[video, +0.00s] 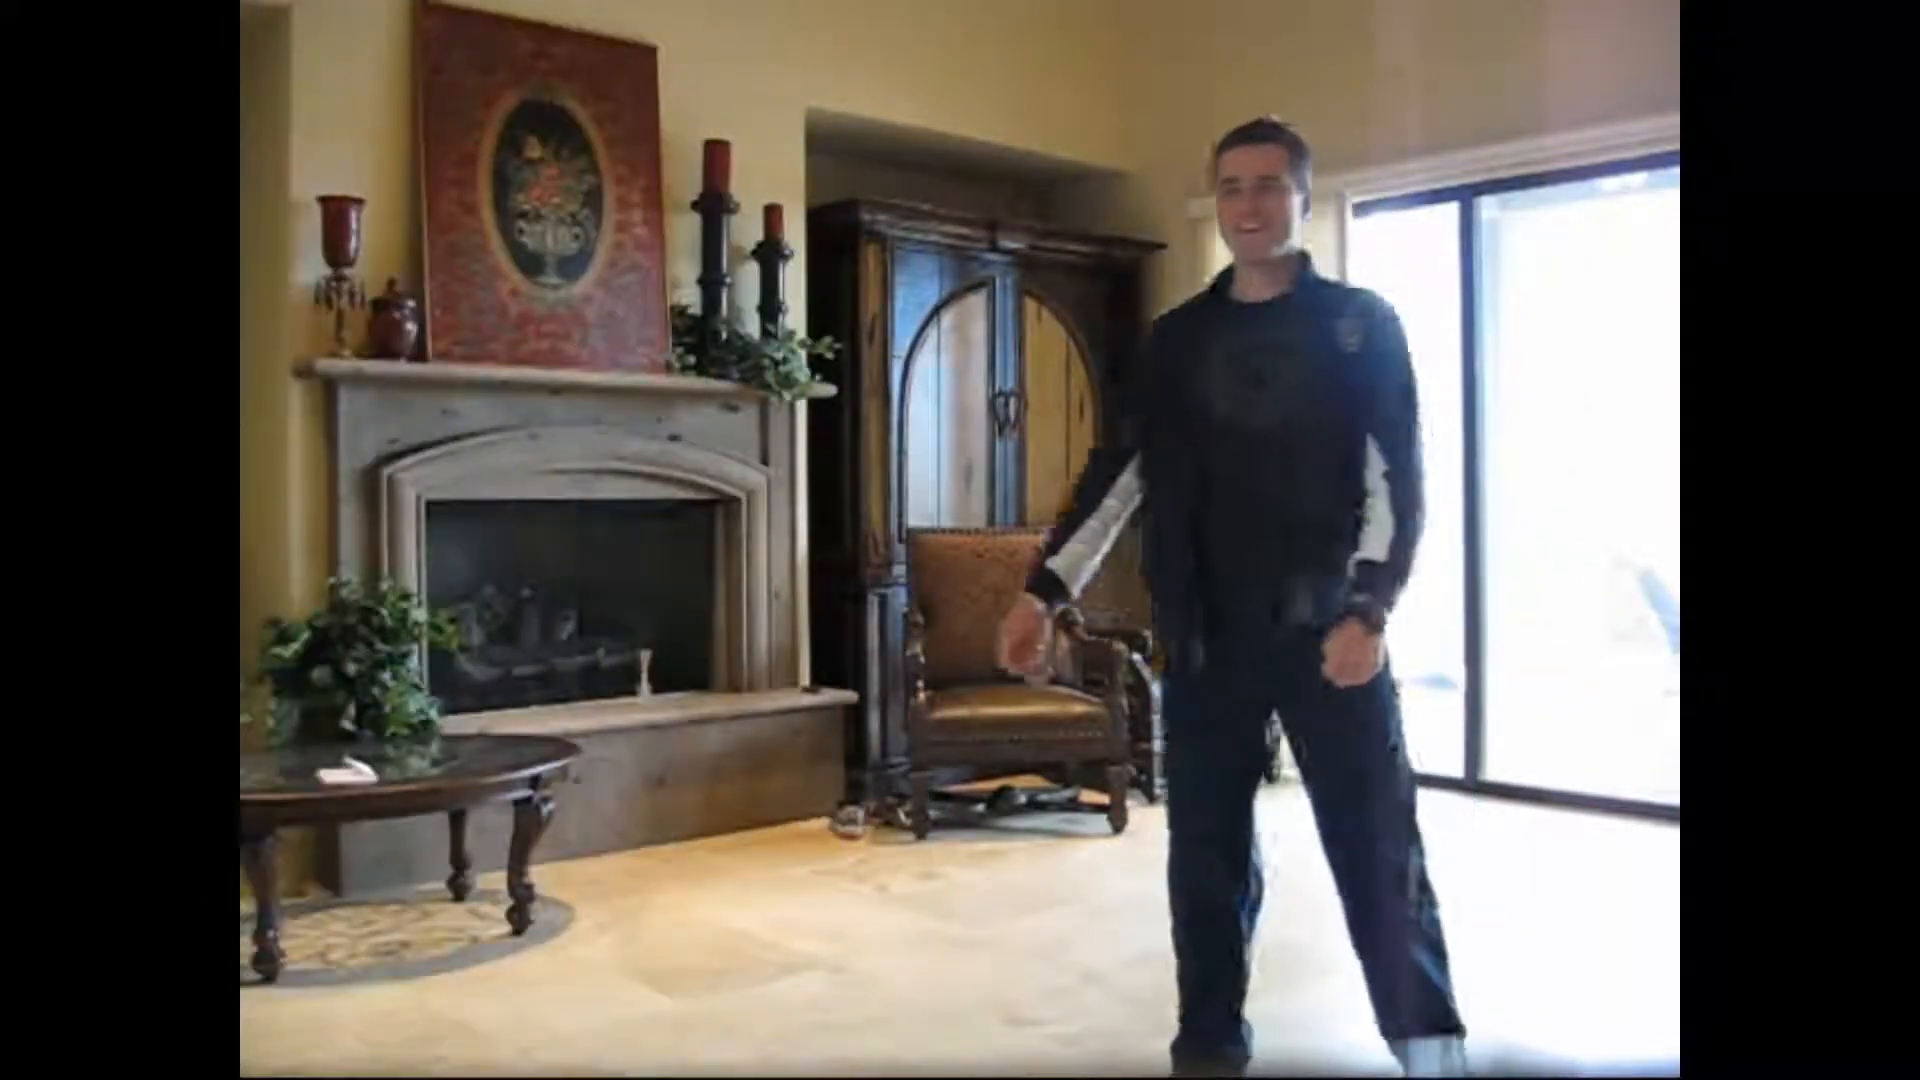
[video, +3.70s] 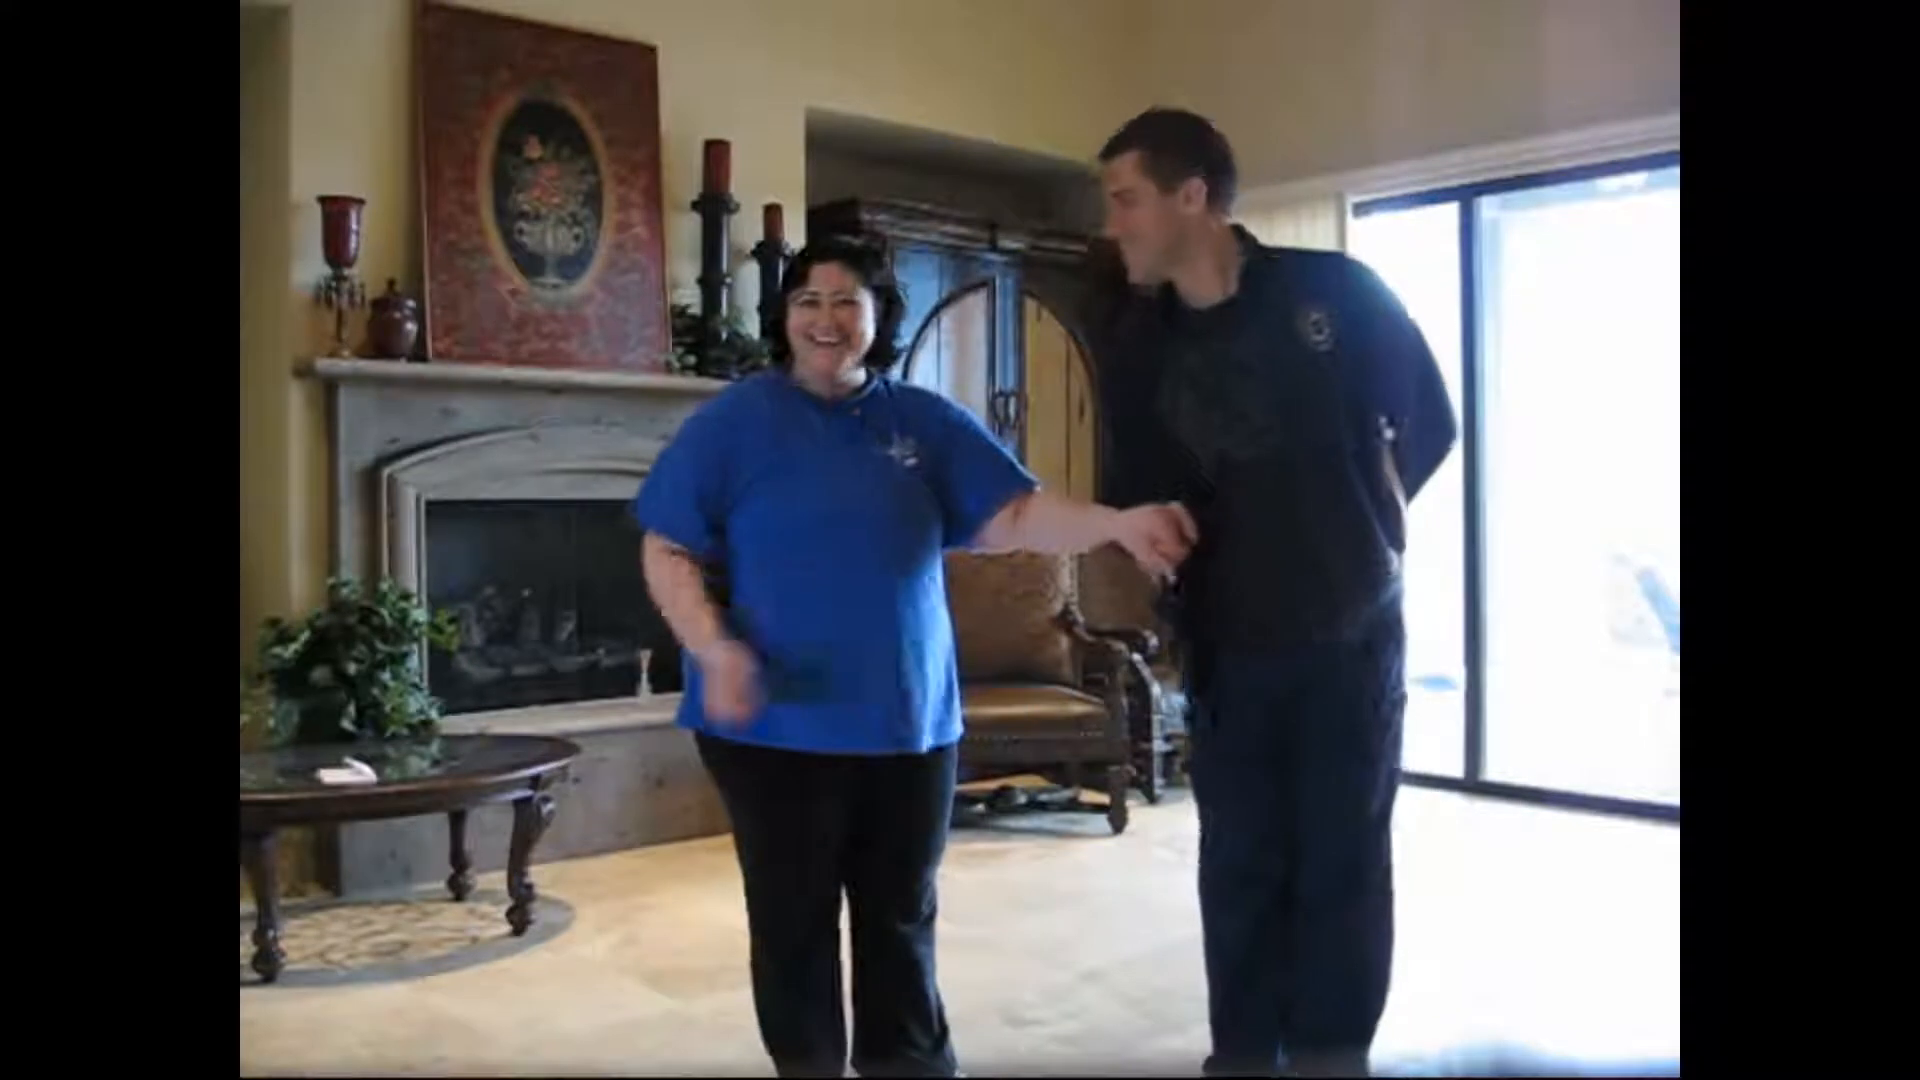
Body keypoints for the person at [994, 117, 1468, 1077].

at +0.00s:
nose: (1252, 204)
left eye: (1270, 185)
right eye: (1235, 188)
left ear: (1302, 198)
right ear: (1215, 205)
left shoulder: (1359, 323)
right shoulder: (1171, 342)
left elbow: (1399, 477)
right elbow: (1114, 479)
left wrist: (1371, 610)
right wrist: (1042, 593)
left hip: (1328, 633)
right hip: (1205, 640)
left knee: (1382, 864)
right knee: (1206, 864)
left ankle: (1432, 1056)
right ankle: (1208, 1054)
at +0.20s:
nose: (1210, 204)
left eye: (1229, 186)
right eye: (1191, 188)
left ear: (1261, 197)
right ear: (1170, 205)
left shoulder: (1325, 316)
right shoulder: (1138, 337)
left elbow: (1375, 471)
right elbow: (1044, 449)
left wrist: (1367, 616)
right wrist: (936, 525)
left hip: (1312, 629)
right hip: (1190, 634)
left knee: (1354, 862)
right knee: (1200, 866)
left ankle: (1403, 1052)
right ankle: (1206, 1056)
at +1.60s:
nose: (1266, 253)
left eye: (1278, 230)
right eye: (1244, 234)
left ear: (1295, 211)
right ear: (1200, 221)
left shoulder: (1343, 315)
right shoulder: (1148, 337)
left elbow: (1429, 450)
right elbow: (1098, 464)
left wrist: (1322, 472)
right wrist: (1041, 508)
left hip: (1325, 639)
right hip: (1205, 640)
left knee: (1327, 862)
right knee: (1210, 862)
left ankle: (1326, 1060)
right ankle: (1209, 1055)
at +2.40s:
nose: (1292, 181)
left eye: (1308, 160)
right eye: (1270, 167)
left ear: (1342, 173)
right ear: (1247, 189)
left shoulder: (1420, 303)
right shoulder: (1210, 325)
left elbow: (1481, 471)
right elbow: (1188, 469)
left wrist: (1410, 571)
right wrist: (1181, 476)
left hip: (1373, 636)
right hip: (1252, 637)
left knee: (1360, 865)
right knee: (1256, 860)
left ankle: (1338, 1059)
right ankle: (1250, 1055)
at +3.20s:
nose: (1158, 258)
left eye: (1171, 228)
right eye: (1134, 248)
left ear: (1219, 228)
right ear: (1125, 271)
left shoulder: (1353, 314)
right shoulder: (1146, 385)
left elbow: (1446, 431)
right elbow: (1141, 504)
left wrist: (1378, 519)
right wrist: (1174, 531)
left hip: (1378, 632)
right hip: (1253, 640)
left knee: (1362, 859)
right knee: (1262, 859)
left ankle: (1342, 1057)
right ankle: (1247, 1058)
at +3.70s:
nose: (1110, 224)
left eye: (1124, 199)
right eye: (1107, 203)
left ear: (1195, 195)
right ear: (1168, 204)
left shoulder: (1335, 287)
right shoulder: (1133, 344)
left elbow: (1430, 423)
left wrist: (1359, 518)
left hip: (1346, 628)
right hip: (1225, 633)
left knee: (1340, 860)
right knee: (1239, 863)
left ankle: (1330, 1059)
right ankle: (1241, 1058)